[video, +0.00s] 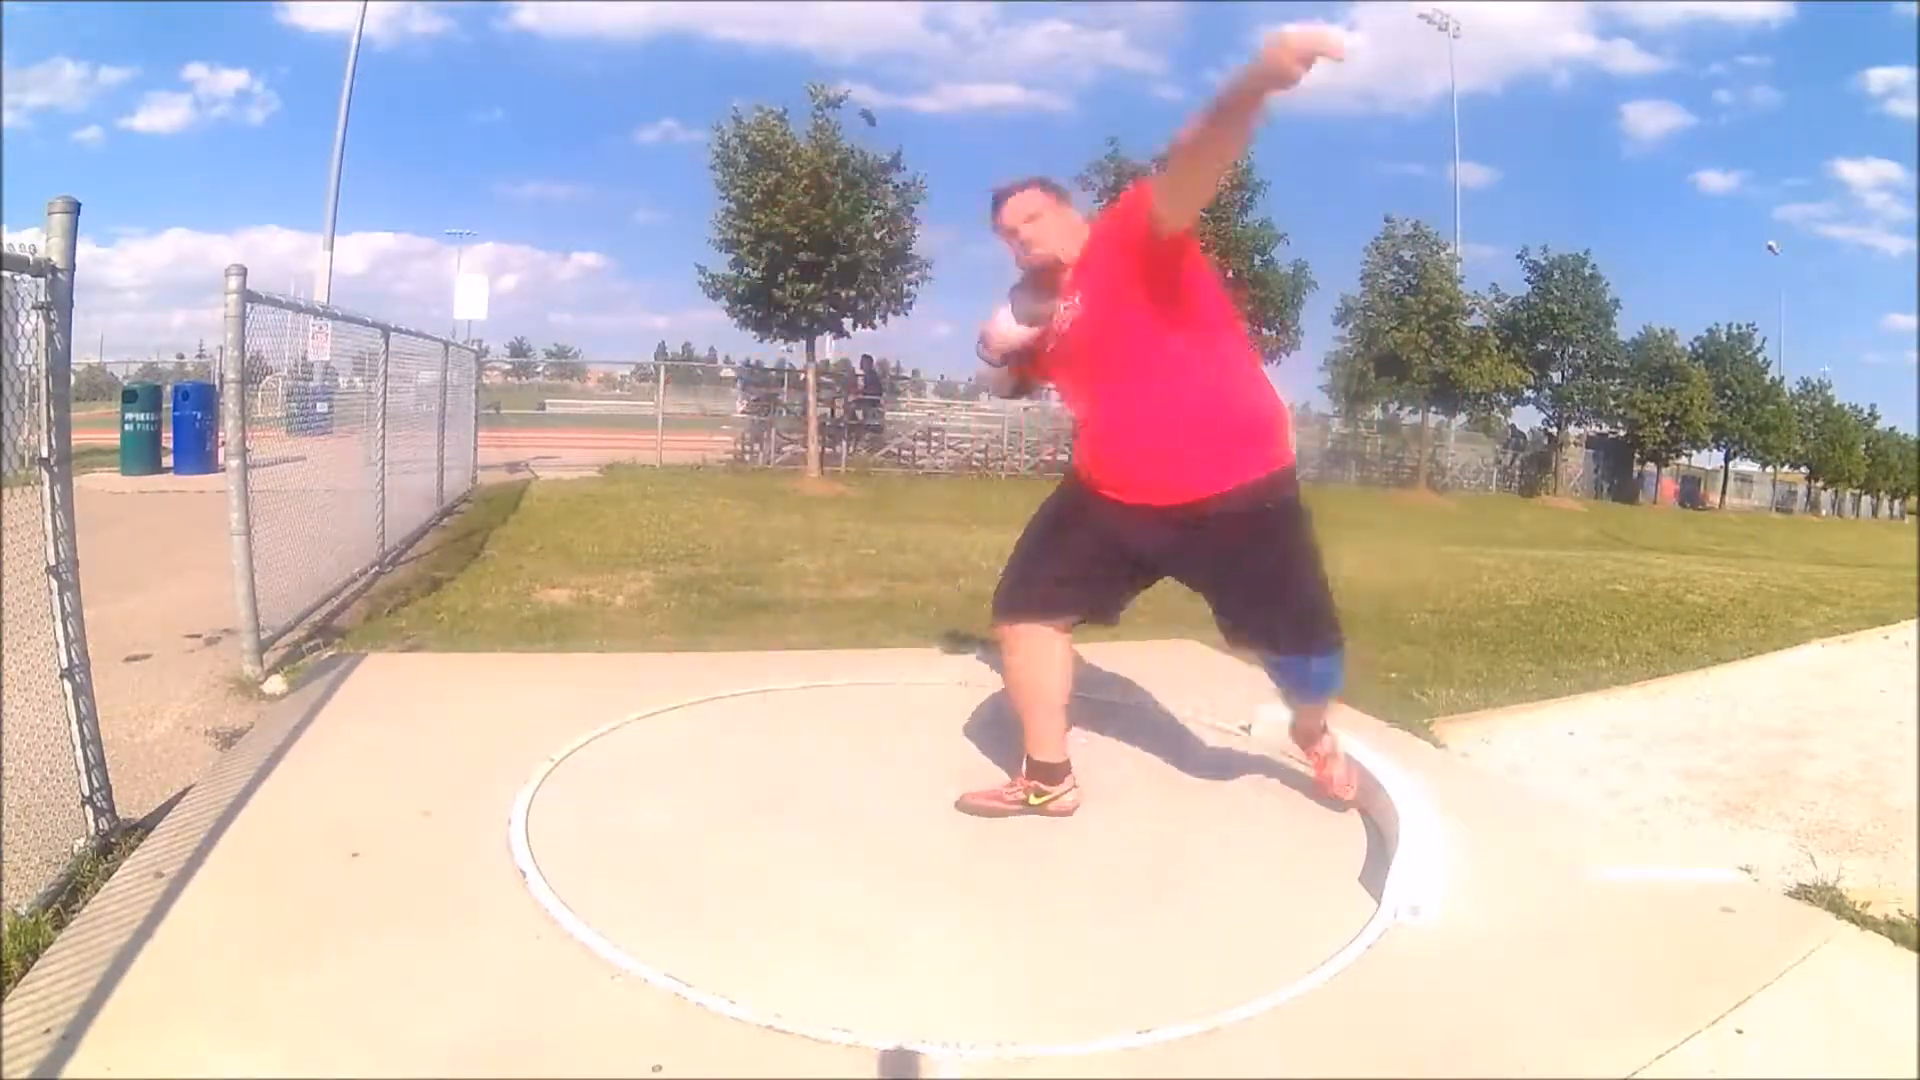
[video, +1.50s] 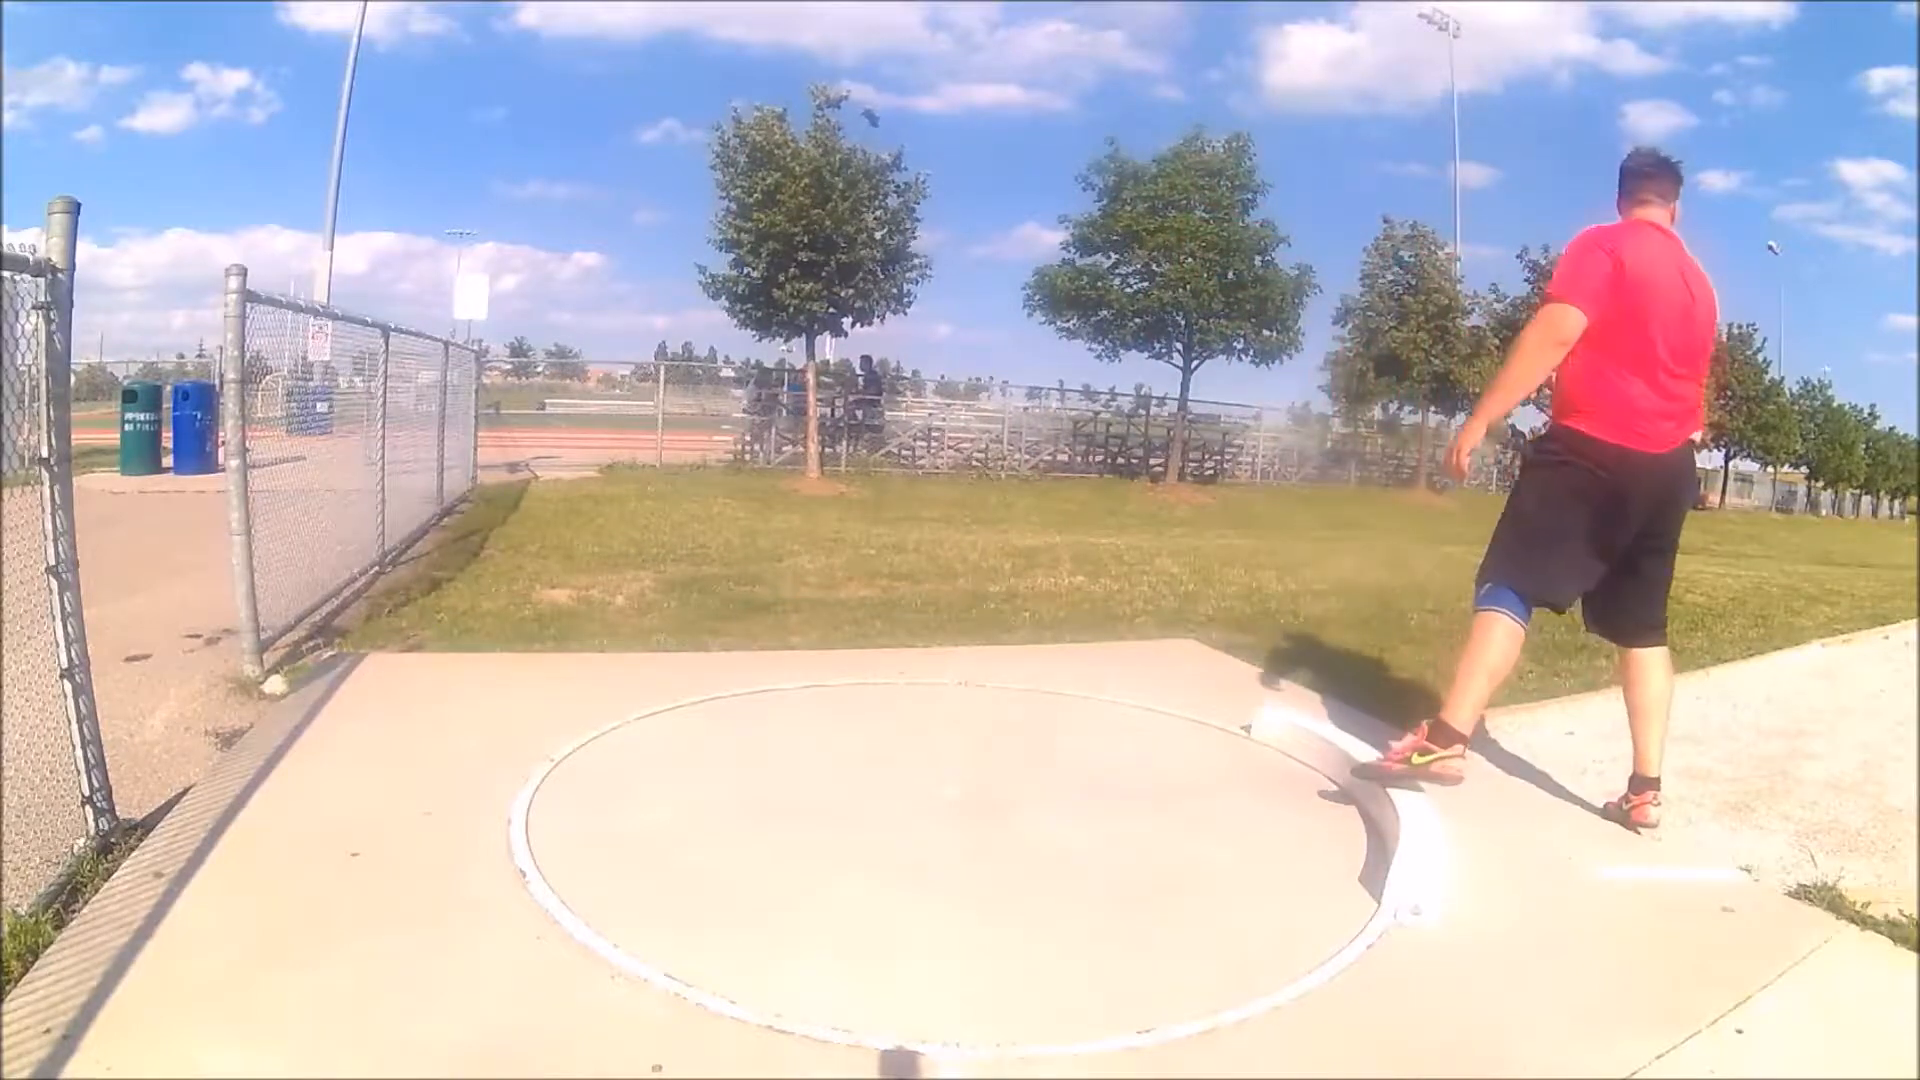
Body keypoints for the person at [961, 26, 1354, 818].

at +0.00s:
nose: (1023, 238)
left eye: (1032, 219)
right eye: (1010, 237)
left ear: (1074, 210)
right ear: (1013, 257)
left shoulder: (1139, 226)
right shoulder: (1047, 322)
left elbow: (1198, 162)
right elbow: (1010, 379)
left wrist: (1256, 82)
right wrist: (1002, 358)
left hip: (1242, 495)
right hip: (1110, 500)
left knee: (1310, 652)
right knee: (1025, 613)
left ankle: (1315, 736)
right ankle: (1046, 771)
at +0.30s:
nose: (1318, 133)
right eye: (1325, 121)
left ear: (1263, 138)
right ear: (1331, 121)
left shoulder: (1231, 210)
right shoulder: (1383, 171)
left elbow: (1196, 302)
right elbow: (1487, 143)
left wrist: (1271, 300)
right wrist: (1546, 107)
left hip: (1264, 413)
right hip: (1328, 422)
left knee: (1345, 590)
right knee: (1270, 607)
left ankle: (1292, 761)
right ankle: (1082, 687)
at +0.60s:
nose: (1403, 176)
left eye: (1407, 165)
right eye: (1408, 165)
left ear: (1425, 163)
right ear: (1474, 169)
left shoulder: (1448, 220)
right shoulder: (1464, 232)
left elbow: (1391, 264)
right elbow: (1363, 289)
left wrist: (1267, 257)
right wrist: (1283, 317)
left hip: (1420, 453)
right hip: (1514, 447)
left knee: (1385, 622)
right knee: (1540, 616)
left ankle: (1351, 793)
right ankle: (1637, 740)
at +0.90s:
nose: (1529, 209)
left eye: (1536, 197)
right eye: (1531, 198)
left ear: (1568, 200)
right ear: (1571, 201)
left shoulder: (1632, 275)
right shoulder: (1522, 265)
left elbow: (1671, 360)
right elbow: (1476, 291)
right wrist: (1446, 297)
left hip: (1547, 476)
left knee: (1461, 622)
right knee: (1607, 640)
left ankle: (1369, 766)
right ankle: (1642, 794)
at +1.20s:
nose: (1606, 214)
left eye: (1607, 204)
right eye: (1613, 205)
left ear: (1616, 199)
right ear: (1666, 204)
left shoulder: (1649, 259)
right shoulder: (1630, 267)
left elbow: (1658, 369)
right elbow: (1560, 306)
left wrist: (1614, 474)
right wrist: (1511, 319)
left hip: (1587, 463)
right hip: (1655, 475)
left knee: (1506, 597)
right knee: (1637, 633)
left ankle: (1423, 736)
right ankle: (1646, 793)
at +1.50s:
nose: (1642, 211)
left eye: (1626, 199)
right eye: (1667, 203)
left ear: (1619, 197)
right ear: (1678, 205)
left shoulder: (1602, 244)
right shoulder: (1700, 283)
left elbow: (1557, 329)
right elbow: (1694, 388)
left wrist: (1480, 419)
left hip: (1583, 456)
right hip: (1666, 471)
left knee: (1509, 589)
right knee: (1643, 623)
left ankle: (1449, 733)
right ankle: (1646, 790)